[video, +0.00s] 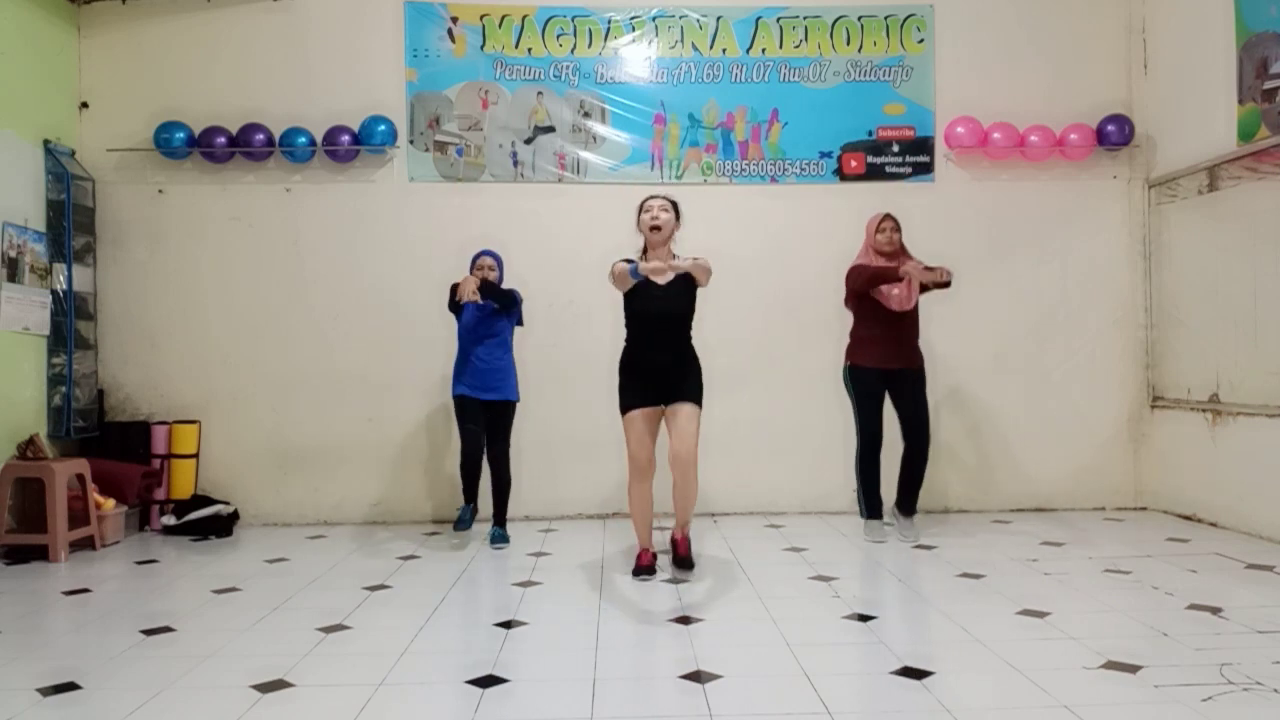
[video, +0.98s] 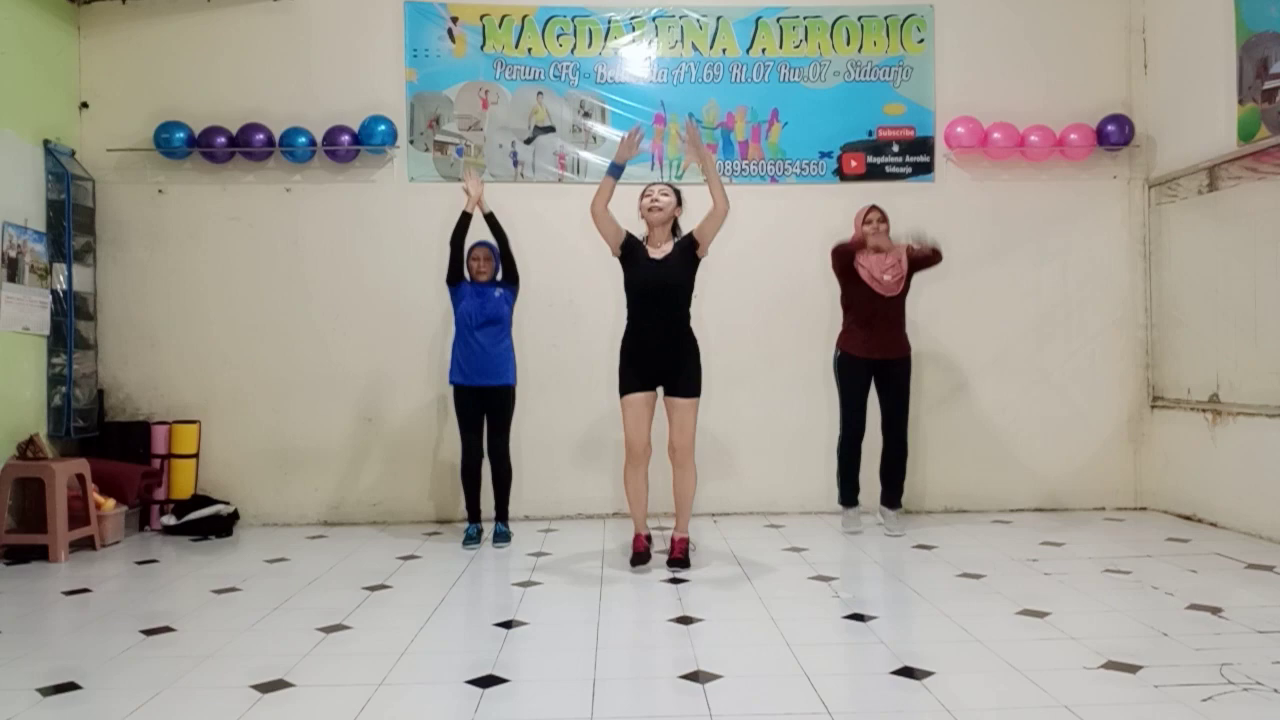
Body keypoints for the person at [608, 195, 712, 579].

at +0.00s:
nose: (655, 215)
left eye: (664, 210)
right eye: (648, 211)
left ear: (676, 224)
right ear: (639, 225)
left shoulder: (691, 266)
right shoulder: (627, 267)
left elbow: (704, 274)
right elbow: (619, 276)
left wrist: (685, 268)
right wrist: (637, 271)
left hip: (682, 369)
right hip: (638, 370)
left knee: (684, 456)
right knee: (640, 462)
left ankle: (682, 536)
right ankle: (645, 548)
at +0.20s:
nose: (641, 219)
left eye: (651, 213)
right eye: (639, 214)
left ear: (673, 223)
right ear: (640, 224)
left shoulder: (693, 266)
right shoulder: (632, 267)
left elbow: (708, 234)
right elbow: (615, 242)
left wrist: (682, 192)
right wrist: (629, 204)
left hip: (685, 368)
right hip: (642, 367)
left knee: (684, 462)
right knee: (636, 442)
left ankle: (679, 547)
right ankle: (644, 524)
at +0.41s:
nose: (639, 219)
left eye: (648, 213)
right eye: (639, 214)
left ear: (671, 222)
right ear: (641, 223)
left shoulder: (693, 262)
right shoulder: (630, 261)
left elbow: (710, 202)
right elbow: (606, 206)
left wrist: (676, 154)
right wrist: (632, 154)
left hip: (684, 369)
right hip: (641, 369)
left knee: (684, 464)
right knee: (641, 460)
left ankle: (679, 547)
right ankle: (642, 536)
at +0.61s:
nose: (636, 216)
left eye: (645, 209)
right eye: (636, 209)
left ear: (668, 217)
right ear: (637, 216)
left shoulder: (689, 255)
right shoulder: (627, 255)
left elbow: (717, 198)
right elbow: (595, 204)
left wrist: (677, 186)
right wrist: (631, 183)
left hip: (679, 364)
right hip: (635, 365)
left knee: (681, 461)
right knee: (637, 459)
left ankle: (680, 542)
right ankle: (645, 544)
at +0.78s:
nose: (640, 225)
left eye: (650, 219)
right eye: (639, 219)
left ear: (672, 230)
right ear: (638, 228)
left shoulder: (689, 270)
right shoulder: (628, 270)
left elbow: (716, 215)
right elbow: (600, 219)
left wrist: (679, 192)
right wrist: (636, 189)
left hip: (679, 377)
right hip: (635, 376)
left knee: (673, 471)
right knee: (636, 469)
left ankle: (679, 539)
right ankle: (645, 547)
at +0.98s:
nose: (655, 198)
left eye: (664, 196)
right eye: (648, 196)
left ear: (676, 210)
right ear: (641, 210)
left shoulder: (690, 247)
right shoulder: (629, 248)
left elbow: (721, 207)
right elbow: (598, 209)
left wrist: (703, 157)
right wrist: (619, 160)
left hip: (681, 355)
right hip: (637, 355)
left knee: (681, 449)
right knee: (636, 449)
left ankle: (681, 536)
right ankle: (640, 534)